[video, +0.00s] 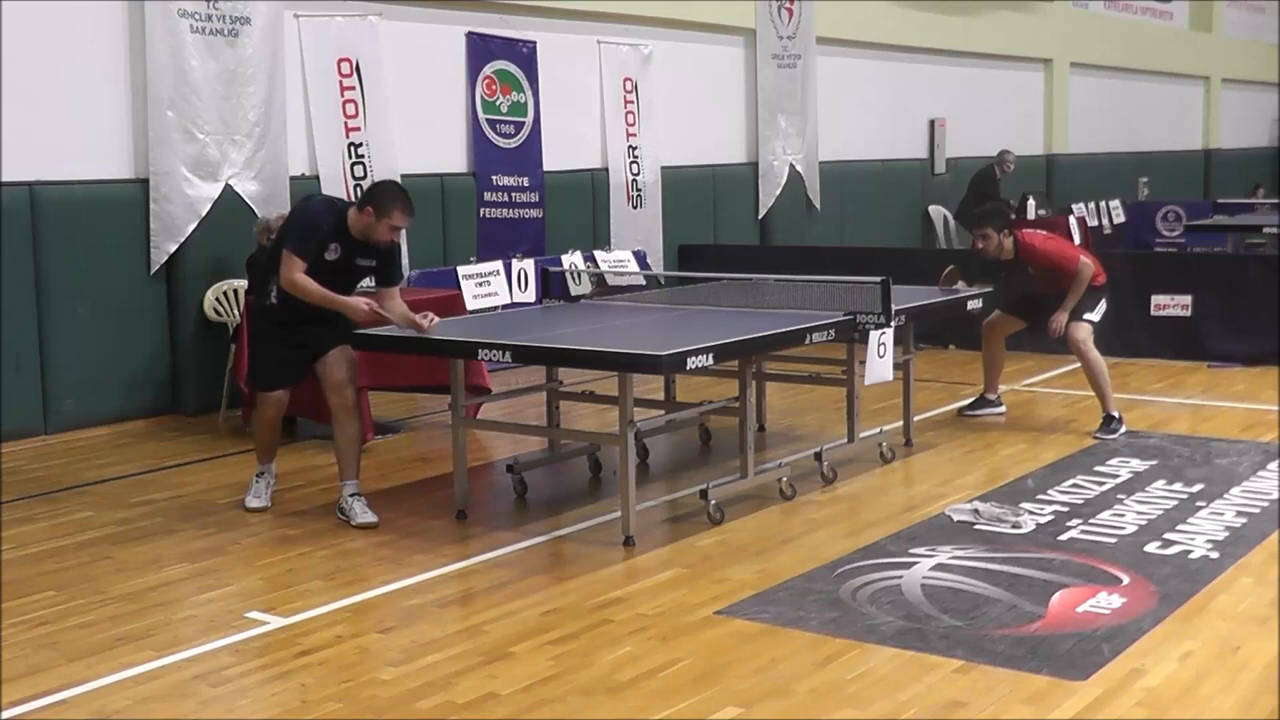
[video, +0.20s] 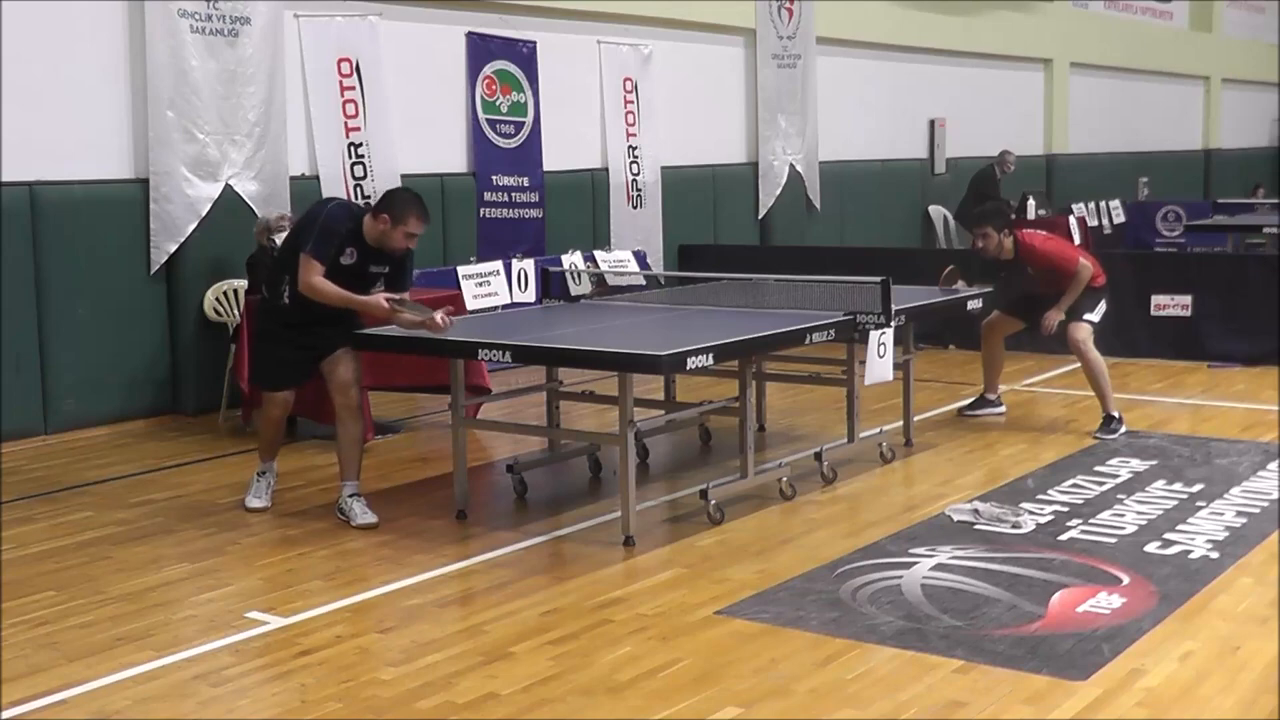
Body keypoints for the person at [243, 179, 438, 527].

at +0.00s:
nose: (396, 237)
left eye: (400, 231)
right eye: (393, 229)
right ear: (368, 214)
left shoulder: (385, 241)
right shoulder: (316, 213)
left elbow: (389, 299)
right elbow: (289, 277)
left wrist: (412, 319)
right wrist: (343, 303)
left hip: (327, 315)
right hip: (277, 310)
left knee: (343, 391)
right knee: (273, 399)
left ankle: (350, 494)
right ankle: (264, 472)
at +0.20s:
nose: (412, 245)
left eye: (416, 238)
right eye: (409, 236)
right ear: (383, 222)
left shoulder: (399, 252)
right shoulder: (332, 216)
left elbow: (393, 310)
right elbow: (307, 282)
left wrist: (426, 320)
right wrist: (362, 302)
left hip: (332, 315)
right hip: (284, 309)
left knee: (348, 390)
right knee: (278, 400)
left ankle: (350, 494)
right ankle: (264, 472)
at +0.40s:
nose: (417, 241)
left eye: (421, 234)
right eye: (414, 232)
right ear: (387, 219)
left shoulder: (404, 249)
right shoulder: (338, 214)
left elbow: (404, 304)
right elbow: (316, 281)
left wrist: (434, 322)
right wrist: (372, 305)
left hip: (336, 316)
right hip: (288, 310)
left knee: (352, 395)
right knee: (283, 400)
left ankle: (349, 495)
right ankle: (265, 471)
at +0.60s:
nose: (414, 227)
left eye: (417, 219)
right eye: (409, 218)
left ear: (387, 209)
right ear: (381, 207)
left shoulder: (401, 236)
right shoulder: (333, 208)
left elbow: (420, 290)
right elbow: (318, 276)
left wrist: (448, 307)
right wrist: (365, 306)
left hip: (339, 314)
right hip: (292, 310)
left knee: (352, 399)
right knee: (293, 406)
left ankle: (349, 495)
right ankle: (271, 464)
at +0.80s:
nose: (397, 194)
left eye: (399, 185)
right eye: (390, 185)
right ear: (360, 182)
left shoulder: (392, 209)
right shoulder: (312, 200)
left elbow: (433, 249)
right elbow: (286, 259)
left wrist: (447, 230)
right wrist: (300, 299)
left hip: (344, 311)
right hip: (297, 306)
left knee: (352, 397)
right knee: (296, 405)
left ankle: (350, 494)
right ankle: (274, 474)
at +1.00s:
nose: (361, 162)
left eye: (363, 153)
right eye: (352, 155)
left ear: (366, 156)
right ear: (326, 160)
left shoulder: (372, 186)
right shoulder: (289, 194)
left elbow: (438, 186)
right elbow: (249, 236)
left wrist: (411, 178)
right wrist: (217, 251)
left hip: (345, 315)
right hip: (296, 318)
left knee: (354, 400)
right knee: (292, 407)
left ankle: (350, 494)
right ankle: (273, 477)